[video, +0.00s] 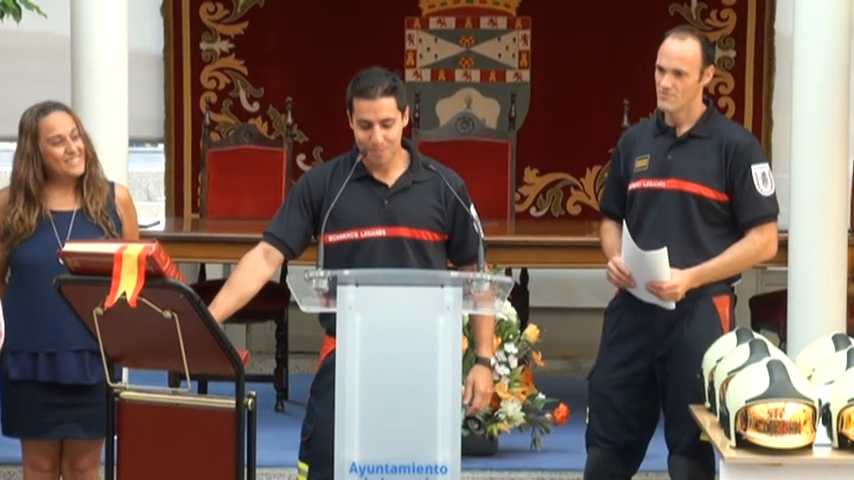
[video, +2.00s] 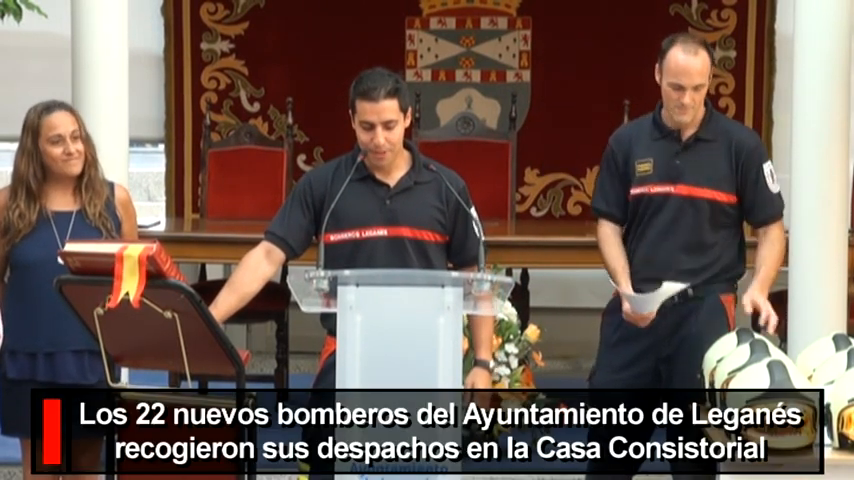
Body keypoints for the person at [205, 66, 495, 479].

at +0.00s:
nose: (376, 137)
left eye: (386, 124)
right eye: (365, 125)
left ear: (406, 119)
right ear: (351, 123)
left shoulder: (446, 187)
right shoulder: (321, 184)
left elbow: (476, 278)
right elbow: (266, 256)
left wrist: (484, 361)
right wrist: (207, 322)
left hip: (426, 354)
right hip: (347, 353)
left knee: (424, 468)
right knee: (323, 465)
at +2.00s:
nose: (378, 139)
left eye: (389, 126)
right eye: (367, 127)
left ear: (408, 119)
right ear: (352, 122)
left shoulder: (447, 188)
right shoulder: (323, 184)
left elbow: (475, 281)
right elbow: (267, 255)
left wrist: (483, 363)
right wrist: (207, 322)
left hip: (428, 352)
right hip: (348, 351)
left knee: (429, 469)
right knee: (330, 465)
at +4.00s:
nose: (380, 139)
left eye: (390, 126)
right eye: (368, 127)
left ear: (407, 118)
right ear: (352, 122)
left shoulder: (445, 188)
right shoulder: (322, 184)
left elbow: (475, 280)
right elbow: (267, 255)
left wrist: (483, 364)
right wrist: (209, 322)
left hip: (428, 356)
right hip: (347, 355)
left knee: (430, 472)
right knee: (331, 470)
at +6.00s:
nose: (384, 139)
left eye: (395, 126)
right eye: (372, 127)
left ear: (411, 119)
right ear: (357, 121)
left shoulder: (450, 189)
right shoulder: (327, 184)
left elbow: (480, 283)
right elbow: (272, 256)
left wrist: (487, 366)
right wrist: (212, 324)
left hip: (431, 353)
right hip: (352, 351)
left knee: (433, 469)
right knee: (330, 462)